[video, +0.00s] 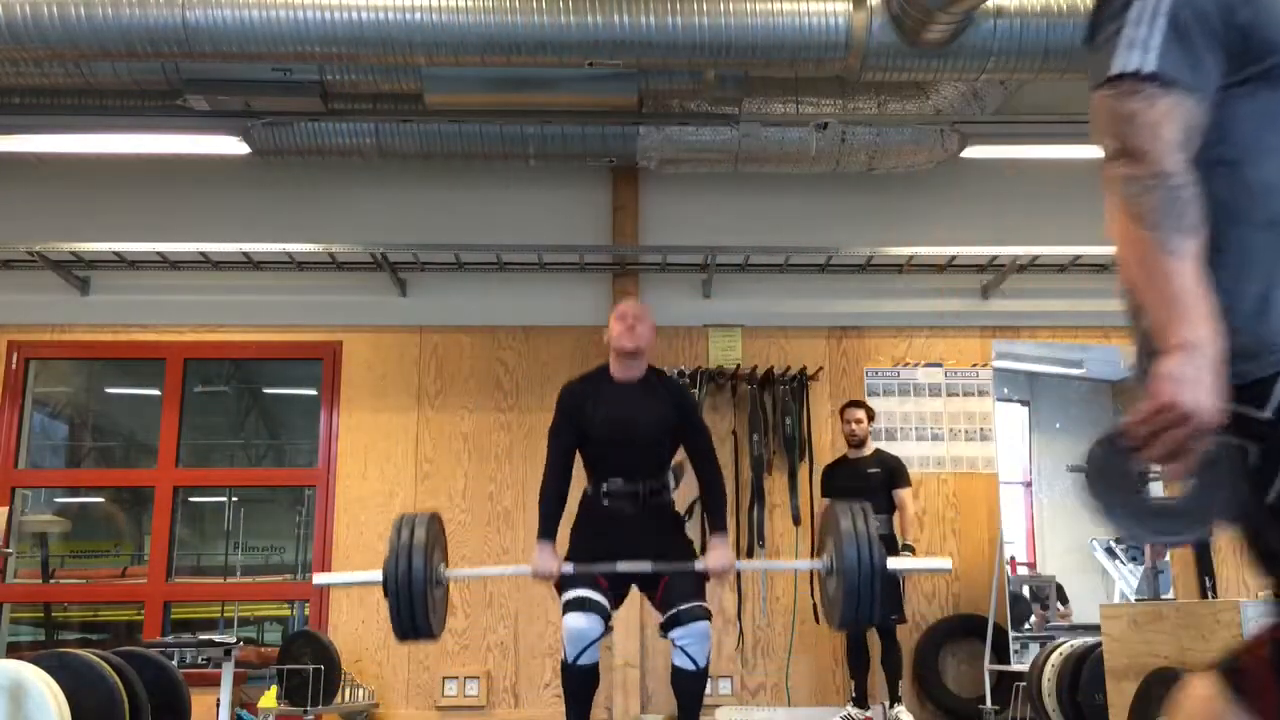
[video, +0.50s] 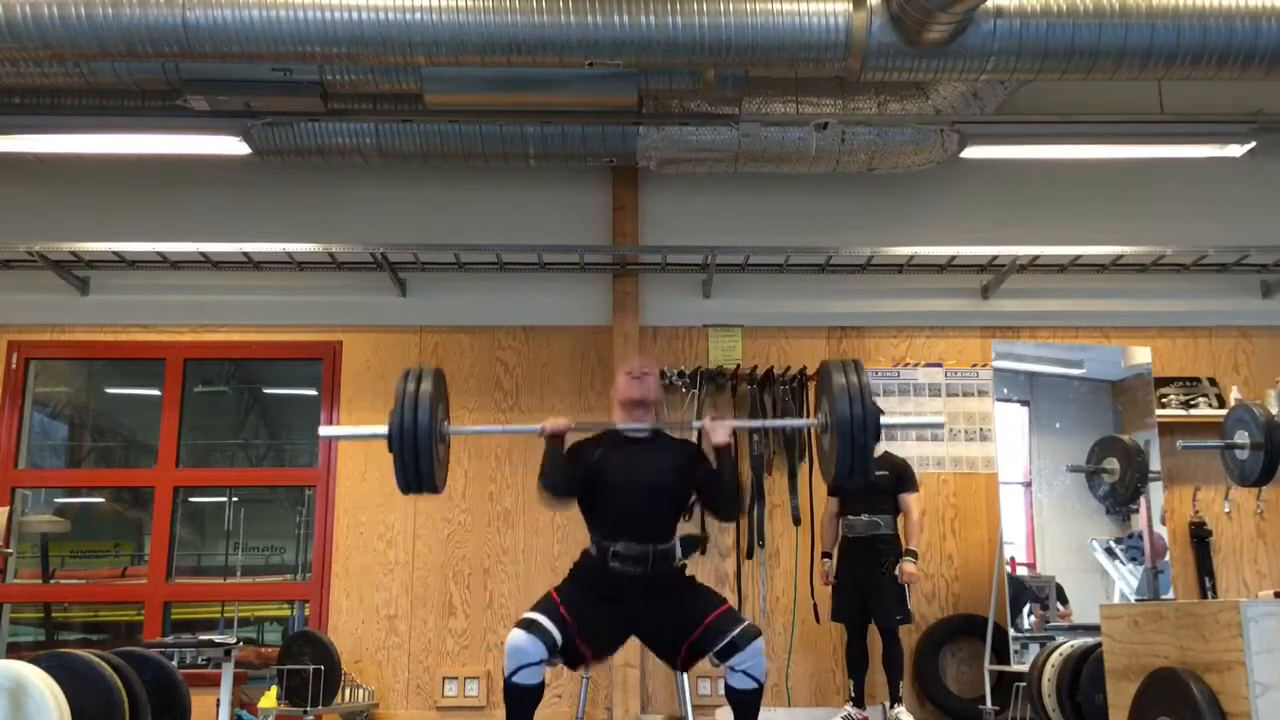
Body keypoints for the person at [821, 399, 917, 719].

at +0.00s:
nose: (853, 427)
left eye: (859, 421)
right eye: (848, 422)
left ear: (869, 424)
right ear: (841, 426)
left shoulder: (889, 463)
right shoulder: (831, 470)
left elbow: (906, 506)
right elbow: (823, 513)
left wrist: (907, 546)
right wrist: (818, 551)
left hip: (882, 555)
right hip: (846, 556)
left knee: (886, 629)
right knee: (854, 630)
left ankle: (895, 704)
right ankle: (859, 704)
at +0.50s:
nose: (857, 432)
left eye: (862, 425)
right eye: (853, 426)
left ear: (873, 428)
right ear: (847, 430)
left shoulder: (897, 468)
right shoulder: (843, 468)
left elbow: (912, 513)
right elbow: (831, 515)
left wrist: (910, 556)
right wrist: (826, 556)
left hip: (885, 562)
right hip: (850, 561)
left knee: (889, 633)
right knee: (854, 634)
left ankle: (896, 705)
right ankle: (856, 705)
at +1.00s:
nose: (862, 430)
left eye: (867, 423)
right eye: (856, 424)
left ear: (876, 426)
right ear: (847, 428)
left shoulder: (894, 468)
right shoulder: (841, 467)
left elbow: (907, 515)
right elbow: (829, 514)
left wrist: (901, 555)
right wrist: (824, 557)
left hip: (882, 558)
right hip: (848, 557)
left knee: (886, 632)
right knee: (853, 632)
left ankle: (896, 704)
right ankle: (856, 705)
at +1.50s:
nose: (855, 428)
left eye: (862, 423)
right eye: (850, 423)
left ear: (875, 427)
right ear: (844, 429)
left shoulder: (893, 468)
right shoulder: (835, 471)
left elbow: (906, 512)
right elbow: (826, 516)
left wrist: (902, 553)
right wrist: (822, 557)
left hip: (882, 557)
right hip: (847, 558)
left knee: (887, 631)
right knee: (852, 632)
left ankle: (896, 704)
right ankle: (856, 705)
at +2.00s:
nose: (853, 429)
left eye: (859, 423)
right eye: (848, 424)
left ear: (872, 427)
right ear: (842, 429)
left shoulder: (890, 467)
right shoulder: (832, 472)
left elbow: (905, 513)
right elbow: (825, 518)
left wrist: (901, 554)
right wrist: (822, 559)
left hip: (881, 558)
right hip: (846, 560)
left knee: (886, 631)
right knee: (852, 632)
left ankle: (895, 704)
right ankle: (856, 705)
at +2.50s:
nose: (853, 430)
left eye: (859, 424)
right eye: (849, 425)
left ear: (871, 427)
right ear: (843, 429)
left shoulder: (889, 469)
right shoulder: (833, 473)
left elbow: (903, 511)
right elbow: (825, 519)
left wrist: (900, 552)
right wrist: (821, 558)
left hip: (880, 556)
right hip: (846, 557)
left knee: (886, 630)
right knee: (851, 631)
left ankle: (893, 697)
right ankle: (853, 698)